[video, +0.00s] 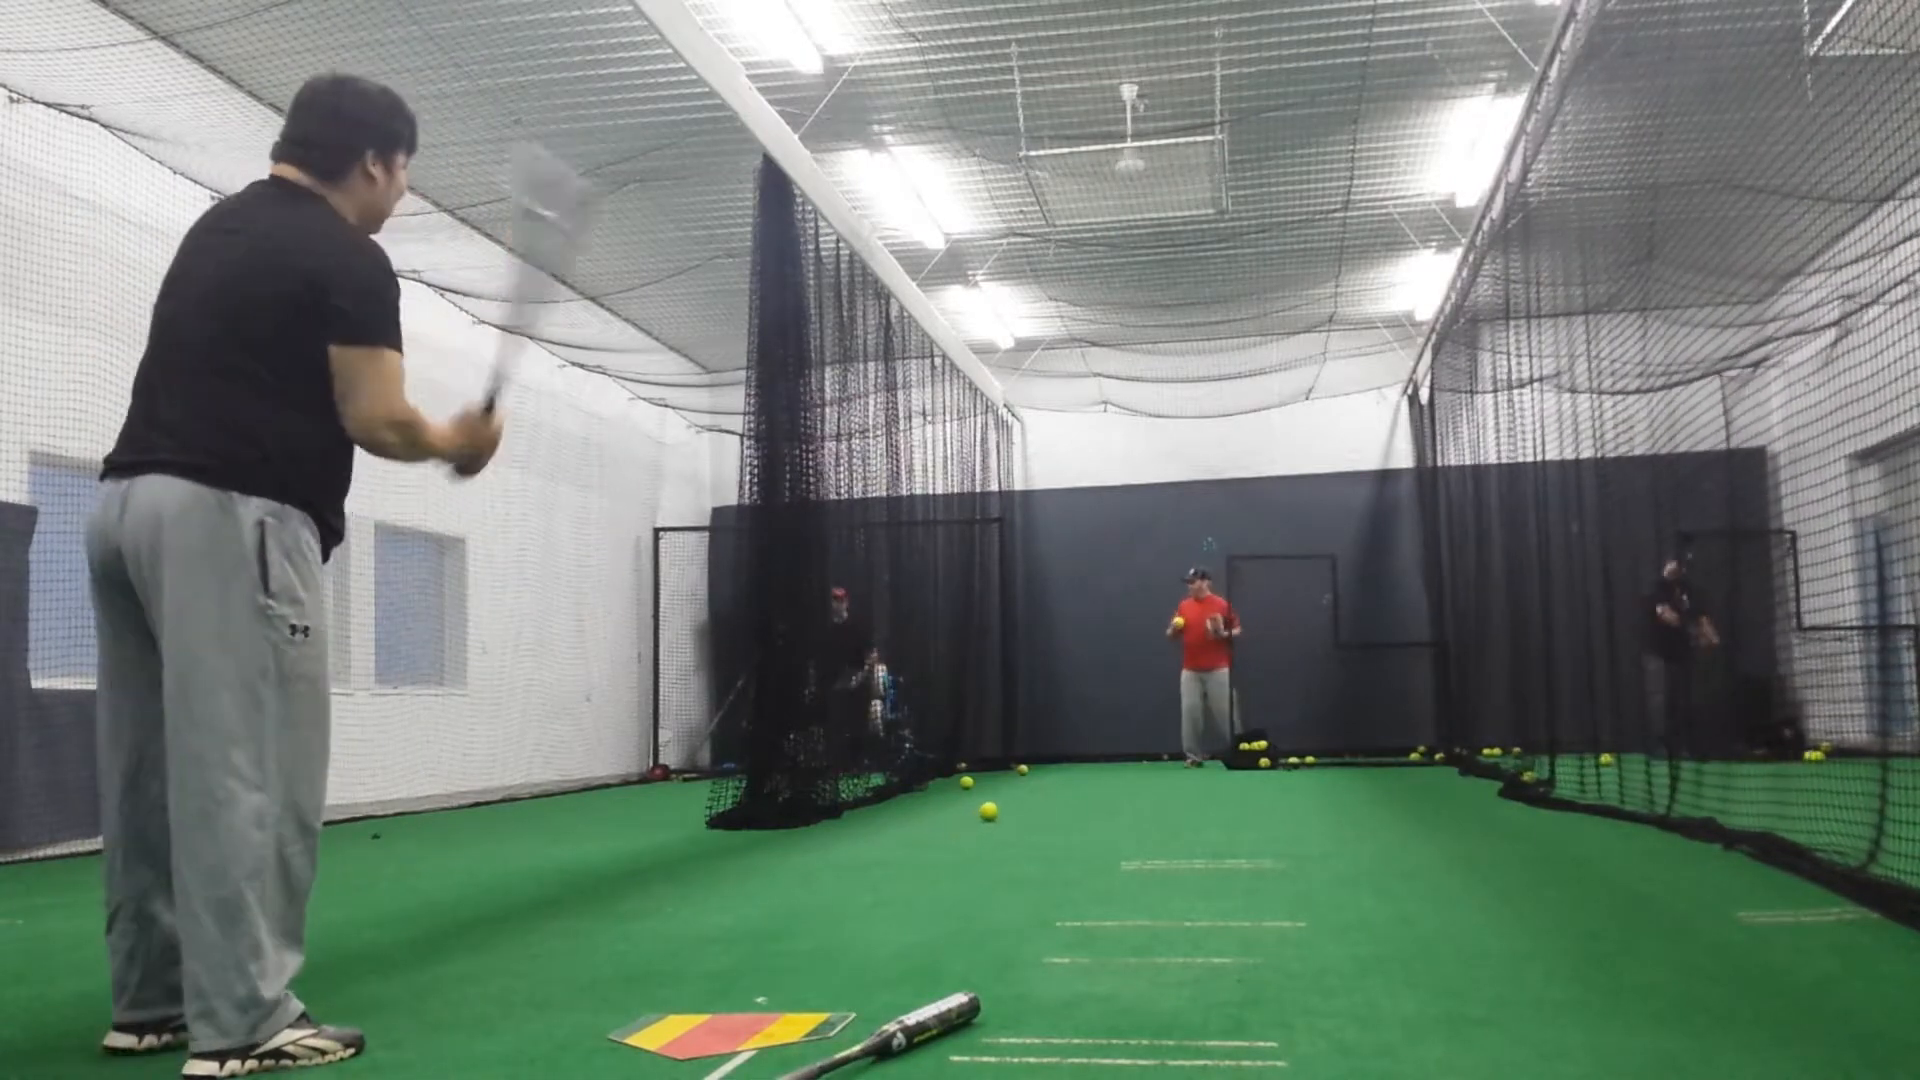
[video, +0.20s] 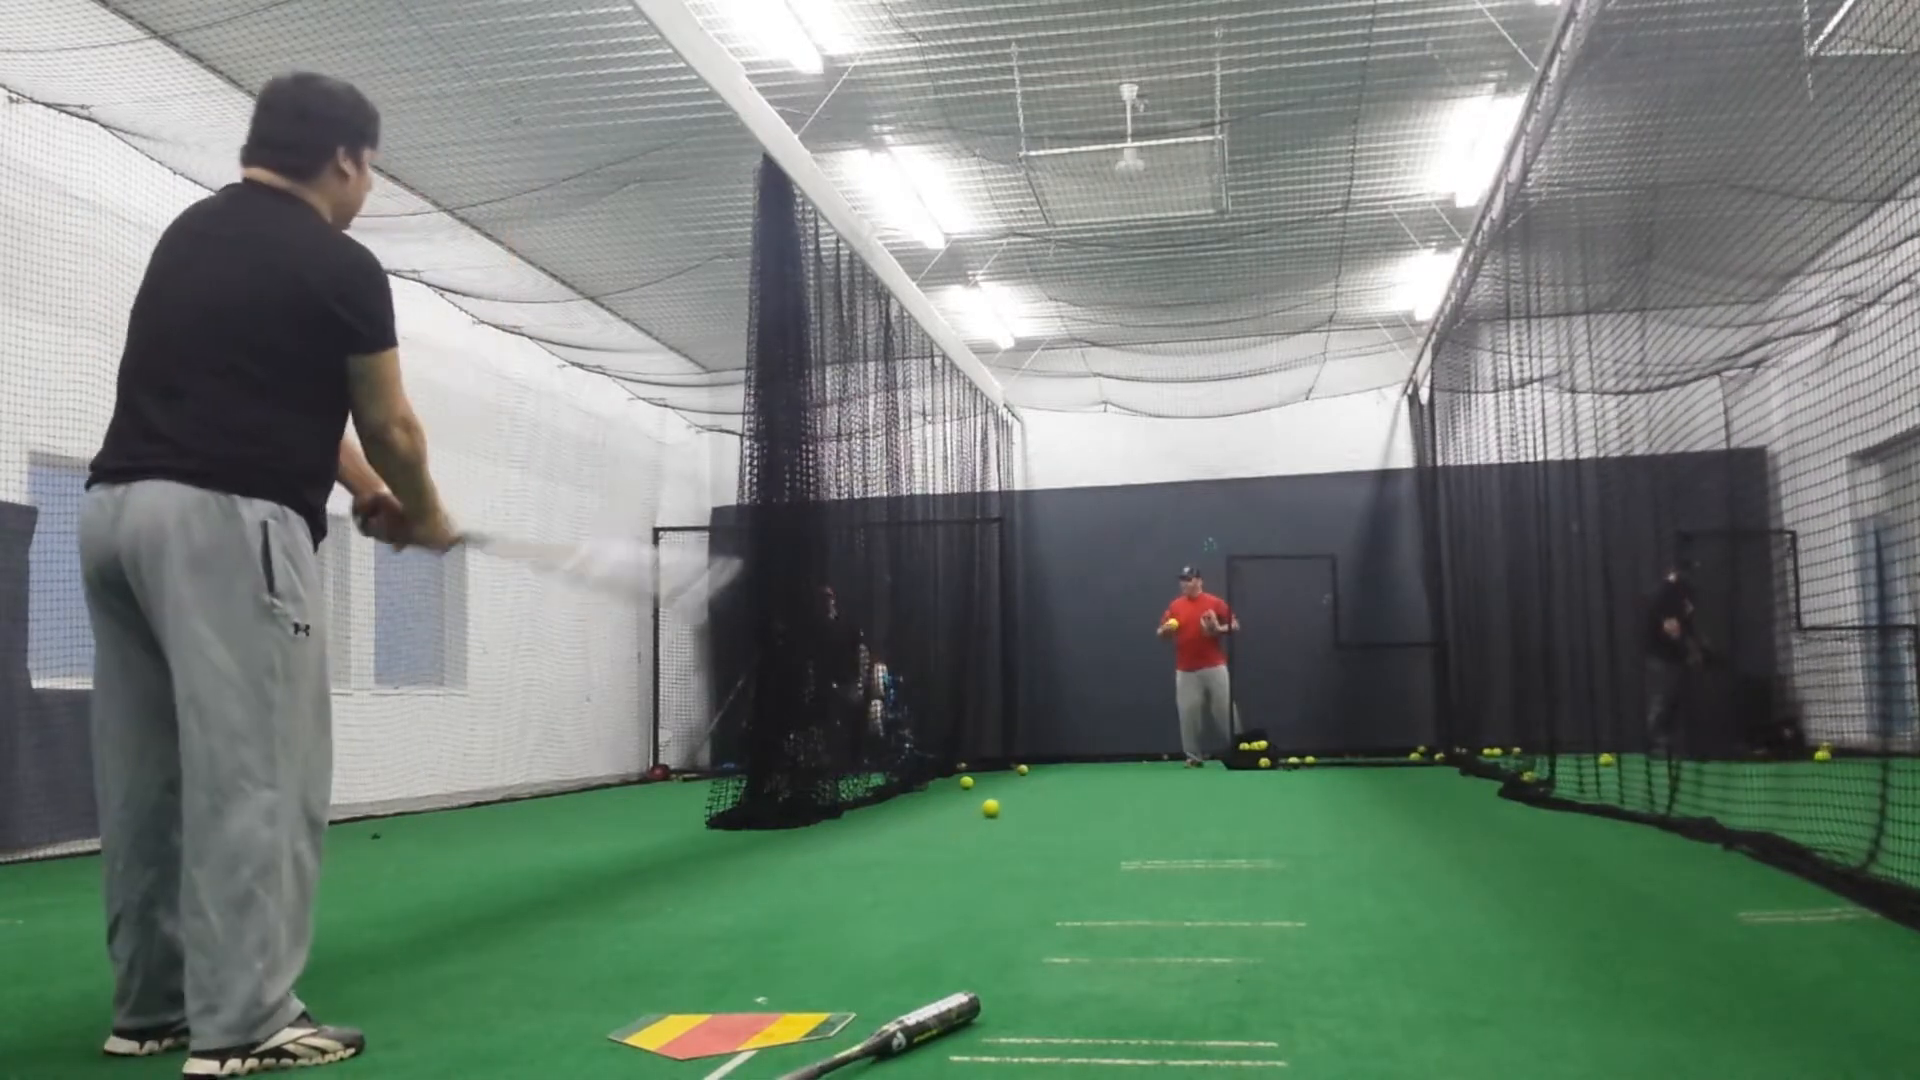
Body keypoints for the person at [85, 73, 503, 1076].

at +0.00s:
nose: (400, 198)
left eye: (403, 179)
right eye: (401, 176)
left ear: (299, 152)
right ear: (371, 162)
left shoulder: (222, 223)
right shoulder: (347, 255)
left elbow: (249, 383)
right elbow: (377, 418)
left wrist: (396, 428)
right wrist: (450, 442)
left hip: (130, 504)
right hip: (230, 517)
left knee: (147, 767)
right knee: (247, 769)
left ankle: (151, 1003)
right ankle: (243, 1021)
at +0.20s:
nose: (370, 188)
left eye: (371, 169)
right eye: (369, 167)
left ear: (263, 152)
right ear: (341, 160)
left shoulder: (195, 228)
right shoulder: (339, 262)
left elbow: (249, 387)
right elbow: (392, 427)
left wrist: (360, 480)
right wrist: (429, 513)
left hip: (117, 511)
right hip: (226, 520)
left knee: (143, 771)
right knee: (257, 771)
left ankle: (148, 1009)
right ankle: (242, 1020)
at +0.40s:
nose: (344, 184)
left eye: (342, 166)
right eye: (341, 165)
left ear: (236, 159)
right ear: (314, 162)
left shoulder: (179, 239)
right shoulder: (313, 262)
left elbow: (207, 399)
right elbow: (367, 431)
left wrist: (312, 497)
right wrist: (378, 532)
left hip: (105, 515)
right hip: (209, 521)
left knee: (134, 771)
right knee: (242, 771)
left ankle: (150, 1008)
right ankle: (244, 1016)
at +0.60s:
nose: (313, 189)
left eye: (312, 169)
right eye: (309, 169)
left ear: (207, 162)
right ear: (281, 163)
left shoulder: (169, 244)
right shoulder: (277, 254)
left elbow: (200, 404)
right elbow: (323, 415)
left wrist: (298, 499)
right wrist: (361, 518)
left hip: (97, 516)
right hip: (188, 517)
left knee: (133, 767)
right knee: (240, 760)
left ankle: (151, 1005)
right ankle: (248, 1006)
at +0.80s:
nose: (282, 190)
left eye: (280, 172)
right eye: (279, 171)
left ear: (182, 164)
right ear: (250, 165)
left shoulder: (152, 238)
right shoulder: (237, 240)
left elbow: (172, 386)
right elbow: (263, 371)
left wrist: (311, 455)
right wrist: (353, 463)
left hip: (100, 514)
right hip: (179, 516)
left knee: (138, 768)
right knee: (238, 759)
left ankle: (152, 1007)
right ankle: (251, 1004)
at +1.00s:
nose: (262, 185)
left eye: (258, 168)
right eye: (258, 167)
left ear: (162, 165)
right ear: (233, 160)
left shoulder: (146, 237)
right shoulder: (204, 226)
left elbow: (217, 418)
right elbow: (217, 343)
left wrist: (333, 418)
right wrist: (341, 387)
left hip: (106, 516)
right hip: (167, 518)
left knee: (142, 769)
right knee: (220, 758)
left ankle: (153, 1009)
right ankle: (237, 1004)